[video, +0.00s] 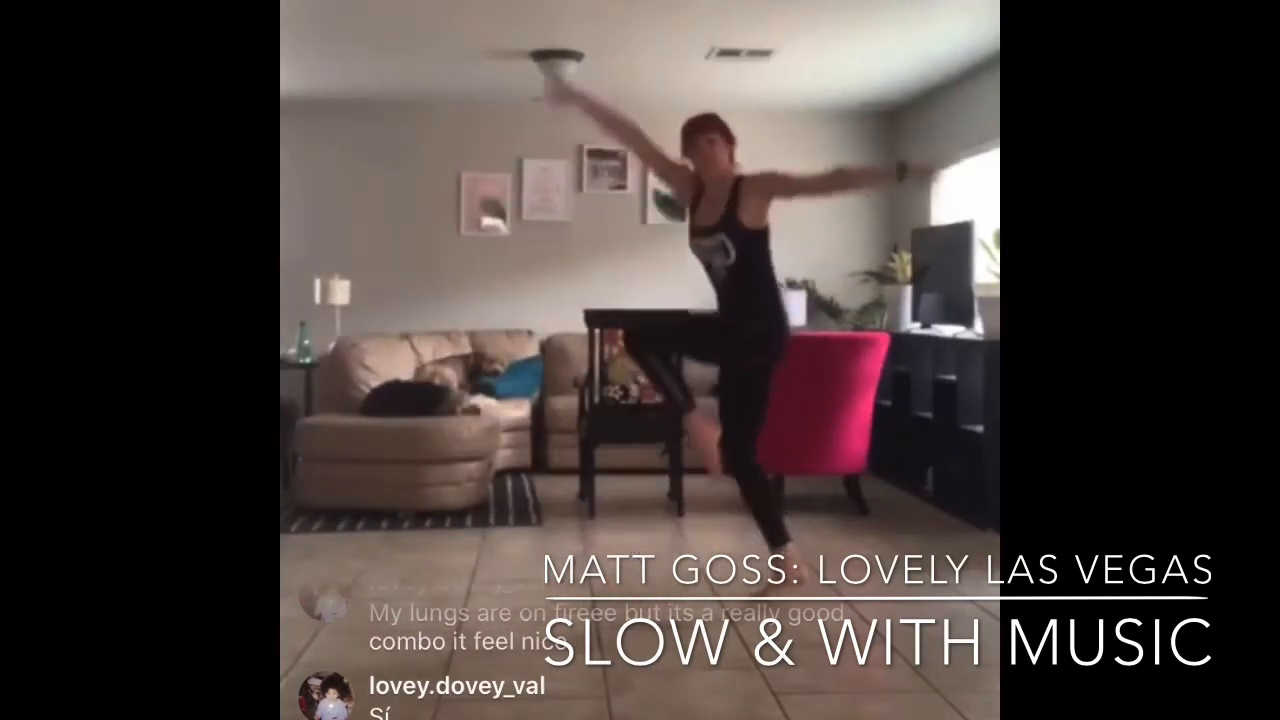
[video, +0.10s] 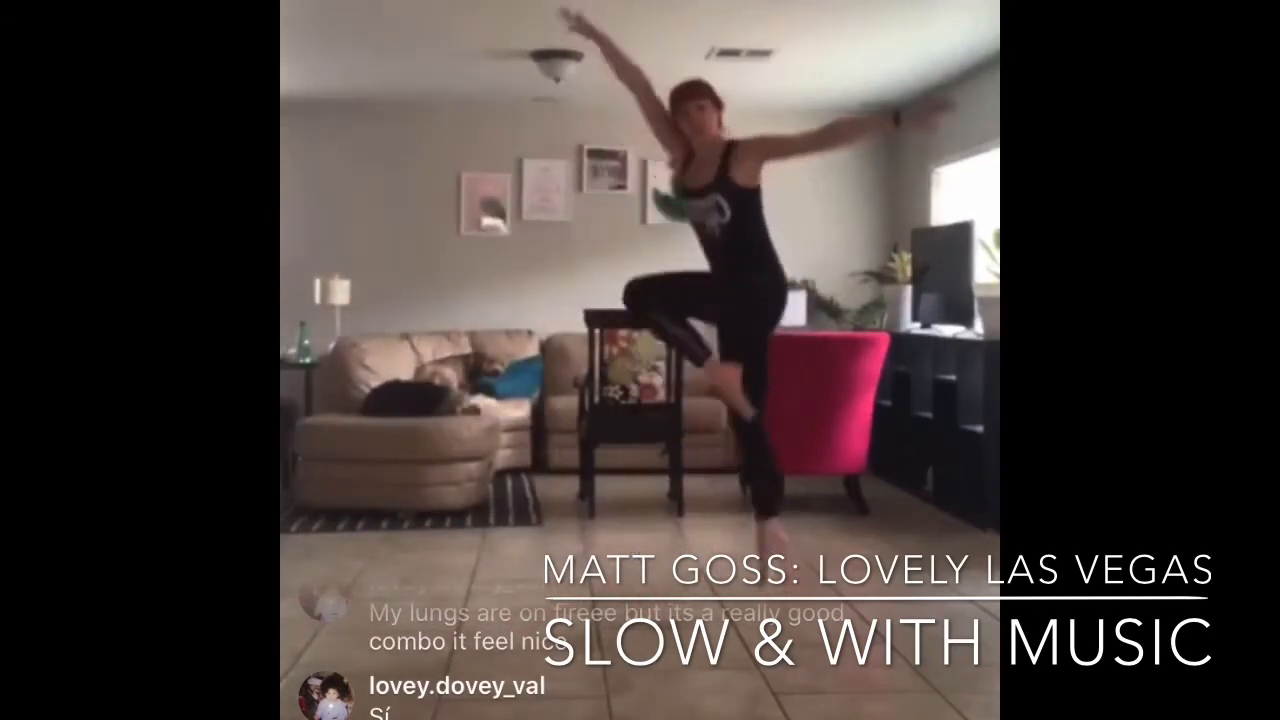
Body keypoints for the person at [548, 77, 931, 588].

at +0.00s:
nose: (702, 153)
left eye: (709, 143)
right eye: (694, 147)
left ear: (730, 147)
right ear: (689, 156)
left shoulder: (755, 188)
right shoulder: (693, 191)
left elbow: (825, 182)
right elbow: (637, 143)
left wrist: (894, 173)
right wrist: (576, 98)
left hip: (760, 332)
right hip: (725, 328)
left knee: (737, 453)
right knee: (640, 333)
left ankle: (785, 556)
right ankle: (693, 422)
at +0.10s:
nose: (695, 118)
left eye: (702, 108)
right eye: (687, 111)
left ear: (719, 113)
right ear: (677, 123)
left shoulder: (743, 155)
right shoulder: (682, 157)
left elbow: (820, 138)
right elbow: (637, 90)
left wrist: (898, 121)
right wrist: (596, 36)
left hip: (757, 288)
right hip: (727, 289)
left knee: (642, 293)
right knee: (742, 405)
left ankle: (714, 371)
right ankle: (768, 524)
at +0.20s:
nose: (692, 106)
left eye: (698, 95)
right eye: (682, 100)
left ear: (714, 101)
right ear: (670, 113)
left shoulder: (740, 143)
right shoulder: (676, 150)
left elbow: (819, 125)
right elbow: (632, 79)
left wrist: (893, 108)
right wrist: (591, 21)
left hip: (759, 274)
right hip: (725, 276)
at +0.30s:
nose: (689, 120)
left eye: (695, 111)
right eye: (679, 114)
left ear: (708, 117)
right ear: (663, 126)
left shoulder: (735, 157)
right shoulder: (663, 163)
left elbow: (813, 142)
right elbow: (616, 101)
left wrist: (887, 124)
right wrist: (572, 46)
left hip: (759, 289)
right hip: (720, 291)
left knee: (732, 401)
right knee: (647, 311)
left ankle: (743, 530)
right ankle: (730, 377)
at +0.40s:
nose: (687, 154)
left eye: (693, 144)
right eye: (676, 149)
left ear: (709, 150)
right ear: (663, 161)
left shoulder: (735, 194)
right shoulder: (662, 207)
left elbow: (811, 183)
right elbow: (606, 164)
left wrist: (884, 169)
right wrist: (552, 119)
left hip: (757, 325)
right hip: (715, 331)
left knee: (653, 357)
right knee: (722, 440)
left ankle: (729, 423)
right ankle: (755, 557)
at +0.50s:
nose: (683, 179)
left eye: (689, 168)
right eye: (672, 172)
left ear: (705, 173)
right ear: (661, 182)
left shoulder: (735, 217)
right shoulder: (660, 236)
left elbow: (810, 224)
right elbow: (604, 238)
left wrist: (881, 229)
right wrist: (550, 223)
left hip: (749, 354)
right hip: (709, 358)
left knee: (655, 397)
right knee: (713, 476)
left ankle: (700, 491)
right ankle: (759, 571)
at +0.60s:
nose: (677, 179)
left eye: (685, 169)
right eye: (667, 173)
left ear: (702, 174)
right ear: (656, 184)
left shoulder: (731, 220)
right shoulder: (652, 242)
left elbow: (799, 251)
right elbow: (613, 287)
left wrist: (867, 276)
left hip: (737, 357)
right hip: (694, 362)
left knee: (646, 426)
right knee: (691, 478)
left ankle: (657, 547)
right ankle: (758, 570)